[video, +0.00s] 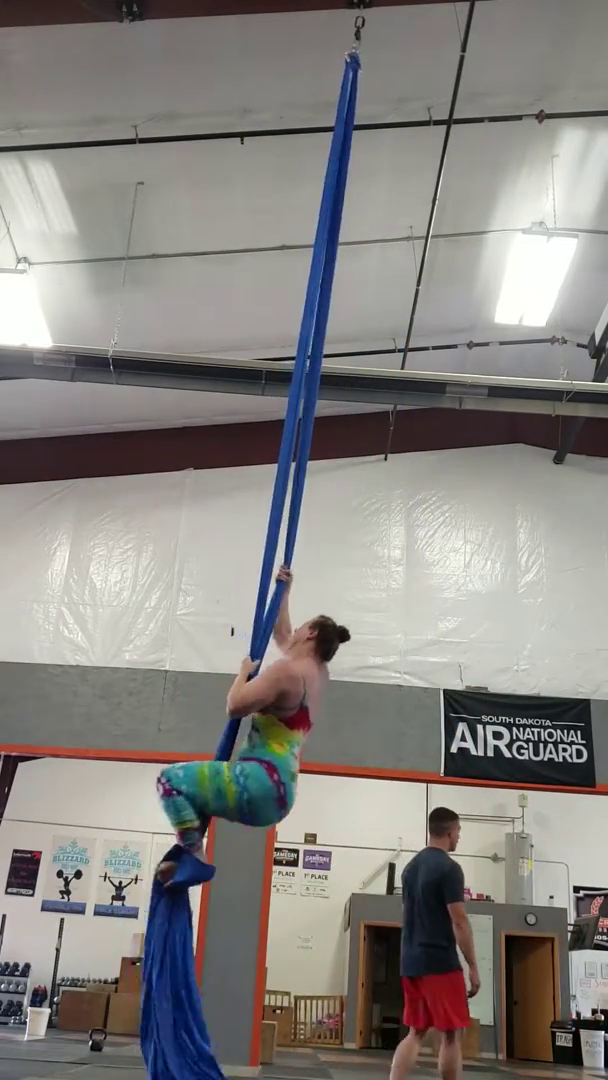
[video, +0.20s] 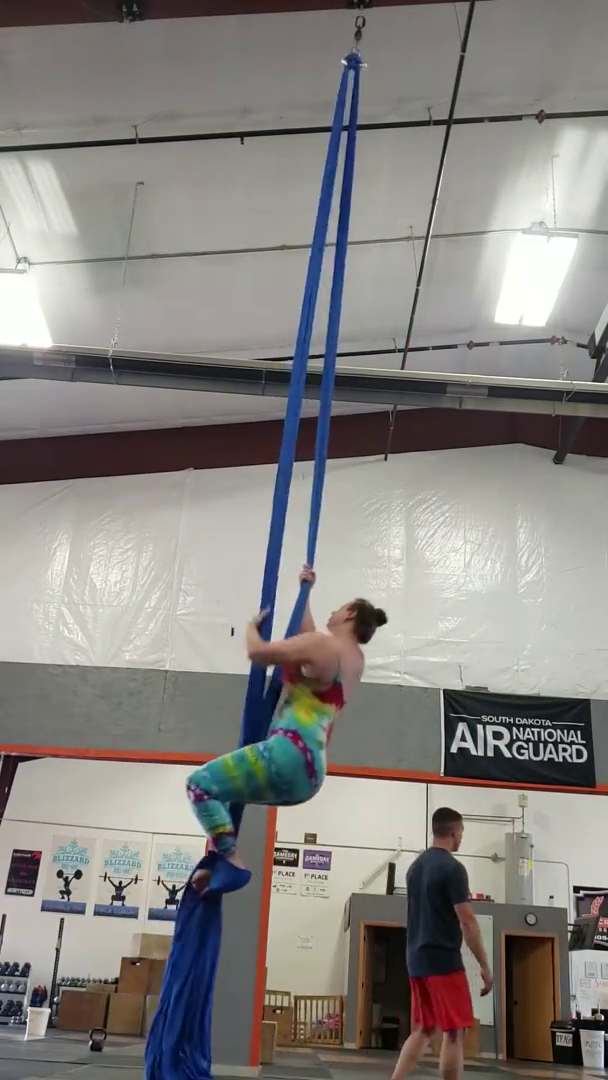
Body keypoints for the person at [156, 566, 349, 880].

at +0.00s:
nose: (299, 627)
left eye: (304, 624)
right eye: (303, 624)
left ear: (310, 633)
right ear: (322, 641)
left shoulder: (287, 670)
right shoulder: (315, 671)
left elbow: (235, 705)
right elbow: (283, 636)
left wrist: (244, 672)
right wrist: (283, 592)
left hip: (260, 782)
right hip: (280, 793)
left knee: (172, 779)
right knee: (188, 784)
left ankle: (193, 856)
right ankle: (187, 858)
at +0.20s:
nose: (335, 612)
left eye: (340, 607)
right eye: (339, 608)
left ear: (349, 613)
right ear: (362, 627)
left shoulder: (321, 643)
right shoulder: (355, 660)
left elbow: (258, 653)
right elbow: (310, 642)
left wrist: (252, 625)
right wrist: (304, 594)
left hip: (289, 752)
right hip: (311, 773)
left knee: (200, 783)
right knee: (222, 791)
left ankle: (230, 859)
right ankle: (217, 862)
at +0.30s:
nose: (354, 606)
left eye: (360, 602)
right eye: (359, 602)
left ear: (369, 608)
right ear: (382, 622)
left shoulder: (340, 631)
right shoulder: (375, 656)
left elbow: (279, 609)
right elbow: (323, 635)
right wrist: (321, 592)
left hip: (303, 743)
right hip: (325, 767)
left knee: (217, 782)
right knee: (237, 790)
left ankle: (244, 862)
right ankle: (232, 861)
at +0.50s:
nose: (396, 590)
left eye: (402, 588)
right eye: (401, 587)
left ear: (410, 596)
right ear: (421, 608)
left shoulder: (385, 608)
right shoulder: (409, 643)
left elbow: (333, 570)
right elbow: (355, 630)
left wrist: (324, 538)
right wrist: (339, 591)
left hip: (336, 720)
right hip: (357, 744)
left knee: (257, 773)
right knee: (269, 777)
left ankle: (264, 865)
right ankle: (259, 856)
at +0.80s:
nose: (442, 572)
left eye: (448, 569)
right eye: (447, 569)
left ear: (458, 573)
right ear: (471, 589)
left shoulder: (445, 591)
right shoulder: (457, 623)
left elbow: (389, 560)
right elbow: (393, 634)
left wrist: (388, 529)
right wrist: (382, 582)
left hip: (385, 696)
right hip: (403, 714)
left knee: (312, 763)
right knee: (319, 768)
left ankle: (304, 858)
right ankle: (303, 854)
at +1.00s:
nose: (456, 560)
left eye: (463, 556)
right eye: (462, 556)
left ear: (473, 563)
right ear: (482, 573)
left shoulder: (461, 582)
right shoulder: (473, 609)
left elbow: (402, 560)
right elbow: (406, 623)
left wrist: (402, 530)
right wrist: (396, 577)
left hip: (410, 692)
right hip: (431, 709)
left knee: (348, 771)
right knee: (352, 774)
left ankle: (348, 868)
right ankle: (348, 865)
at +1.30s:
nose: (450, 543)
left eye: (456, 540)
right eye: (455, 540)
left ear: (464, 546)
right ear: (477, 557)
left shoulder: (455, 565)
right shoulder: (459, 595)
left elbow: (395, 563)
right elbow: (394, 619)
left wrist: (408, 532)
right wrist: (404, 572)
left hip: (432, 679)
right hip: (458, 698)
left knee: (393, 773)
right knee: (393, 773)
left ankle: (410, 864)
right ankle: (404, 864)